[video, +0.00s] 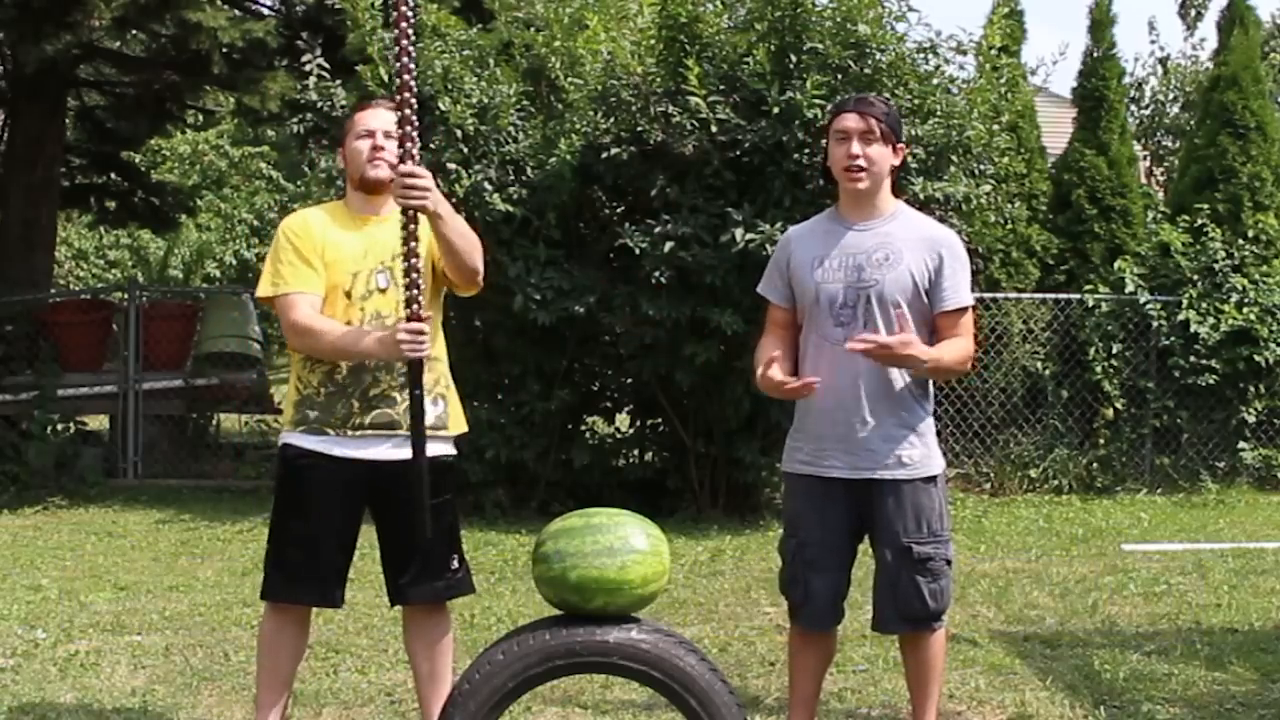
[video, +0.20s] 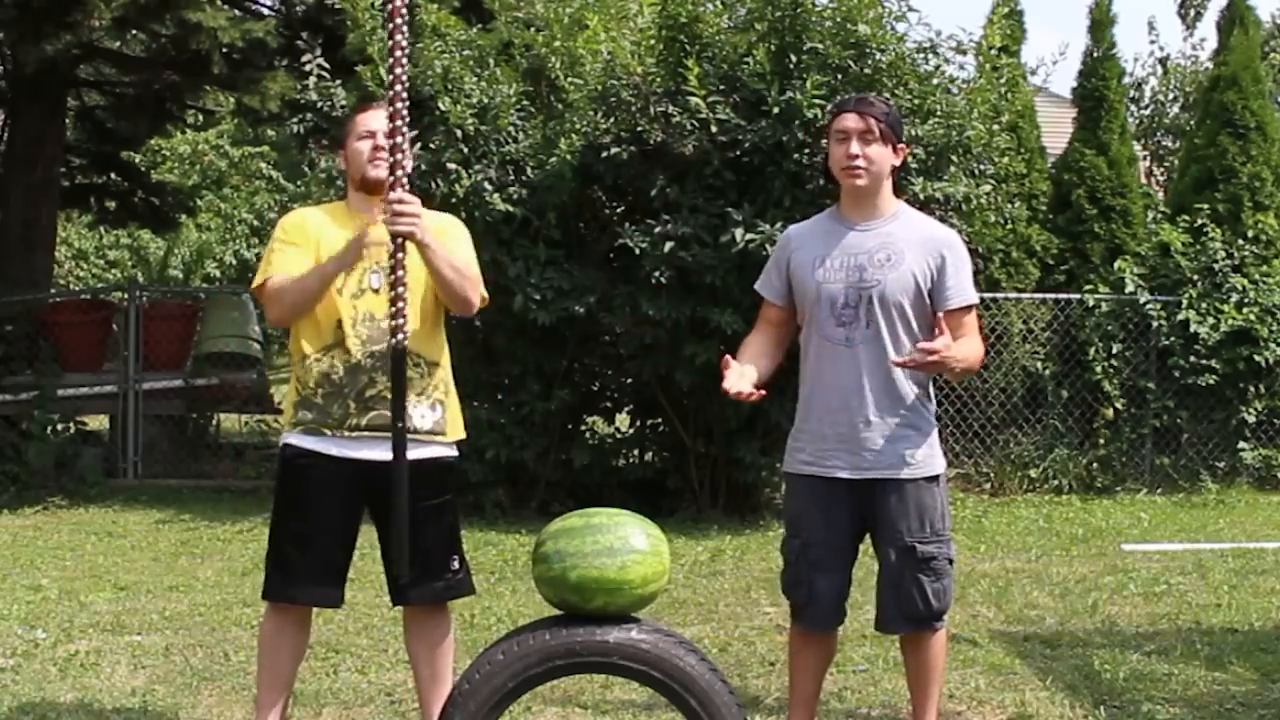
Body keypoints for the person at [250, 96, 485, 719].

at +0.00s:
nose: (381, 145)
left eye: (392, 138)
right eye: (368, 137)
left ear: (405, 153)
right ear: (341, 154)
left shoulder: (428, 221)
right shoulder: (303, 228)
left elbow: (471, 274)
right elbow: (298, 327)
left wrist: (438, 208)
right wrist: (374, 342)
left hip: (418, 443)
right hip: (320, 444)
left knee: (428, 596)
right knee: (291, 596)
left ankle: (438, 714)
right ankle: (269, 714)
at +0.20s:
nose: (382, 146)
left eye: (392, 137)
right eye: (368, 138)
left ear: (407, 152)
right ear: (342, 154)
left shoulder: (442, 228)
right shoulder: (304, 225)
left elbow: (470, 300)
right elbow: (277, 308)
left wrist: (423, 237)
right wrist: (349, 252)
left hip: (420, 443)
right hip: (320, 442)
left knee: (428, 598)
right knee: (291, 597)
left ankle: (438, 715)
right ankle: (269, 714)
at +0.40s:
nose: (382, 150)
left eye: (396, 141)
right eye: (371, 142)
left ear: (419, 157)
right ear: (352, 157)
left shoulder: (447, 233)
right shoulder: (322, 222)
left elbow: (450, 324)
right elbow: (276, 267)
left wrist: (388, 271)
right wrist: (320, 174)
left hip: (417, 448)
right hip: (318, 442)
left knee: (430, 598)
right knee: (291, 596)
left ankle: (438, 716)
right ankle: (269, 714)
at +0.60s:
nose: (391, 157)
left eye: (404, 147)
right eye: (378, 147)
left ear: (427, 159)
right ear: (359, 159)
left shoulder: (455, 235)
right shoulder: (325, 221)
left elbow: (454, 329)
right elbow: (262, 286)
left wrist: (361, 309)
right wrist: (297, 205)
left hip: (420, 450)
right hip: (321, 442)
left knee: (432, 599)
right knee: (293, 595)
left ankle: (438, 717)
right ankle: (269, 715)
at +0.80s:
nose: (387, 167)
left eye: (401, 155)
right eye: (376, 154)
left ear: (428, 161)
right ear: (359, 160)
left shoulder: (461, 238)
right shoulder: (321, 226)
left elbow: (486, 338)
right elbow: (260, 305)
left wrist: (410, 381)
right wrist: (264, 237)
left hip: (423, 454)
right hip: (321, 448)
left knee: (433, 599)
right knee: (292, 593)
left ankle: (437, 717)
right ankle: (270, 713)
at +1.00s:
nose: (382, 182)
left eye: (397, 168)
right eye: (370, 168)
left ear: (427, 162)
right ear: (356, 164)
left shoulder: (463, 239)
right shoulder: (322, 225)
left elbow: (485, 343)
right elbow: (268, 303)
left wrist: (489, 442)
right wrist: (244, 250)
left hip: (426, 453)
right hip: (326, 447)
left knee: (434, 598)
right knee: (292, 590)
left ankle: (439, 716)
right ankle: (271, 712)